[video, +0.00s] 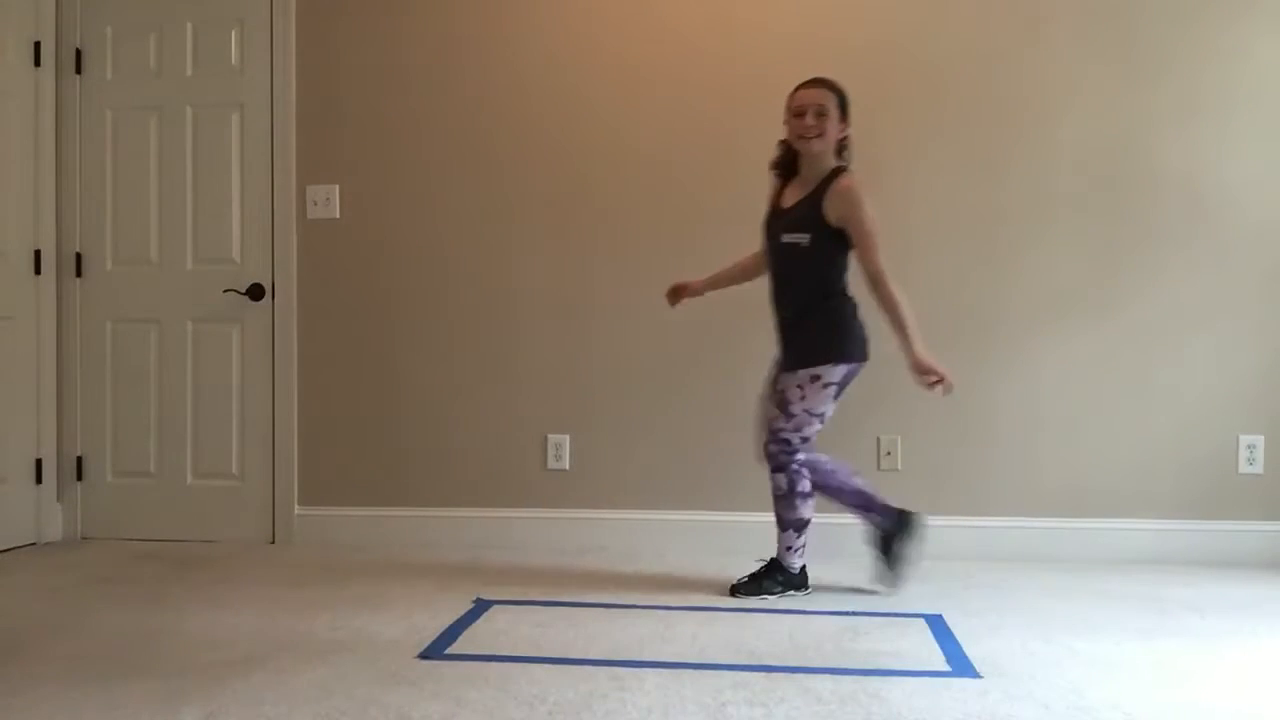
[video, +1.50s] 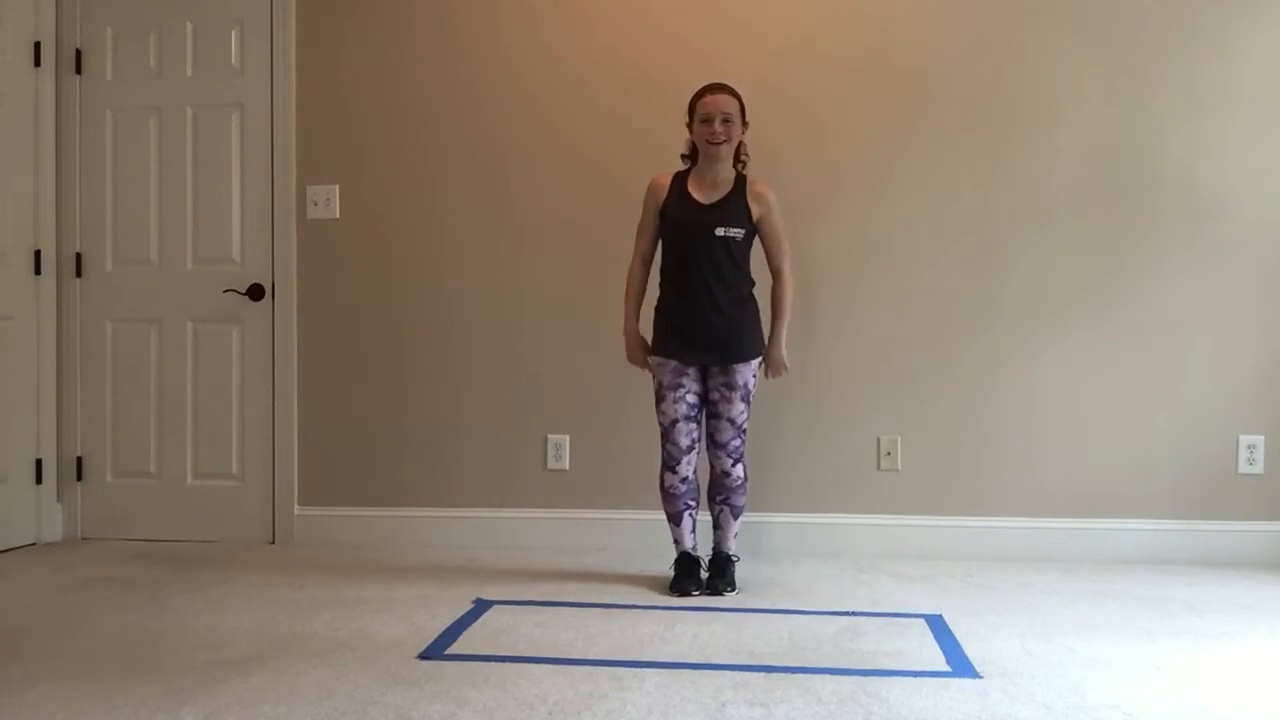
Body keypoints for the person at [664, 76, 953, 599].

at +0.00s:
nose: (806, 122)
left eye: (820, 114)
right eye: (797, 114)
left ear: (842, 127)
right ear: (786, 125)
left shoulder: (842, 192)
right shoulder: (785, 188)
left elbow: (878, 278)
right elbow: (765, 260)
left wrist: (915, 354)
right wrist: (701, 286)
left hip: (832, 344)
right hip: (798, 344)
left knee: (787, 446)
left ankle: (790, 567)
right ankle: (889, 520)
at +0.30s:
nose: (760, 114)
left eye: (771, 106)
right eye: (750, 106)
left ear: (789, 119)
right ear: (736, 117)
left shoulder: (802, 185)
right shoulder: (715, 180)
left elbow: (814, 272)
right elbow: (707, 261)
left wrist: (836, 351)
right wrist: (688, 329)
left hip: (780, 345)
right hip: (720, 339)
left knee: (766, 446)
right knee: (704, 447)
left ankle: (788, 563)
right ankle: (688, 555)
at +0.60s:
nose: (726, 118)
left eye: (736, 111)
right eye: (716, 111)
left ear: (753, 122)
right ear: (700, 123)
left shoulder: (772, 190)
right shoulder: (678, 185)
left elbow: (792, 271)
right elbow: (644, 259)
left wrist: (846, 303)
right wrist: (583, 285)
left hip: (749, 342)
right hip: (688, 338)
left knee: (733, 449)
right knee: (688, 445)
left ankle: (725, 555)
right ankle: (685, 556)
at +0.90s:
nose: (718, 127)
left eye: (729, 120)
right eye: (708, 119)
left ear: (744, 131)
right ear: (693, 128)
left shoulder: (759, 197)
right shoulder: (667, 191)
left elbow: (781, 276)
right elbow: (638, 265)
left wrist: (839, 294)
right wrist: (582, 268)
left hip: (745, 345)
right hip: (685, 343)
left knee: (731, 452)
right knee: (689, 450)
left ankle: (725, 556)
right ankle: (686, 556)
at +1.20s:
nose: (720, 129)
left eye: (731, 121)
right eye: (710, 120)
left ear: (745, 131)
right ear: (693, 129)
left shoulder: (757, 196)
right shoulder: (663, 190)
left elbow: (787, 267)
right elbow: (640, 262)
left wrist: (824, 302)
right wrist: (605, 307)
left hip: (739, 344)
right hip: (678, 343)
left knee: (727, 451)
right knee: (683, 449)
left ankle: (724, 555)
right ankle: (686, 557)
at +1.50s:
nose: (717, 128)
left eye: (727, 119)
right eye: (707, 119)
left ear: (742, 128)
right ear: (691, 128)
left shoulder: (756, 196)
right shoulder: (664, 189)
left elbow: (781, 271)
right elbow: (641, 261)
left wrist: (777, 342)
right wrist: (631, 327)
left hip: (737, 346)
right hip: (674, 343)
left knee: (727, 454)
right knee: (678, 452)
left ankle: (724, 555)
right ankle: (685, 556)